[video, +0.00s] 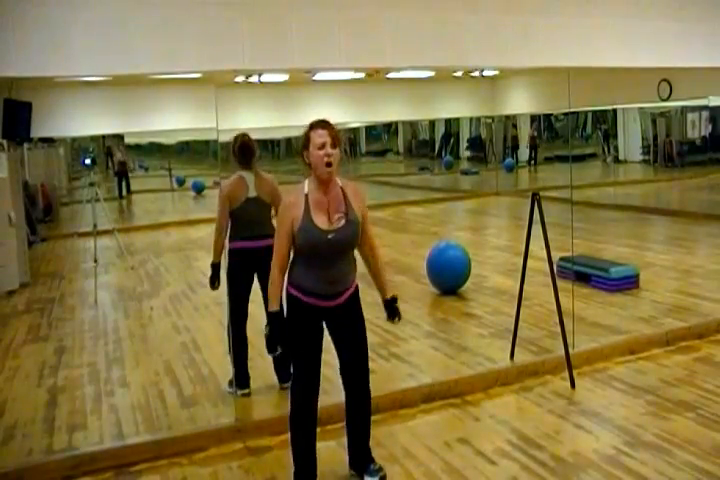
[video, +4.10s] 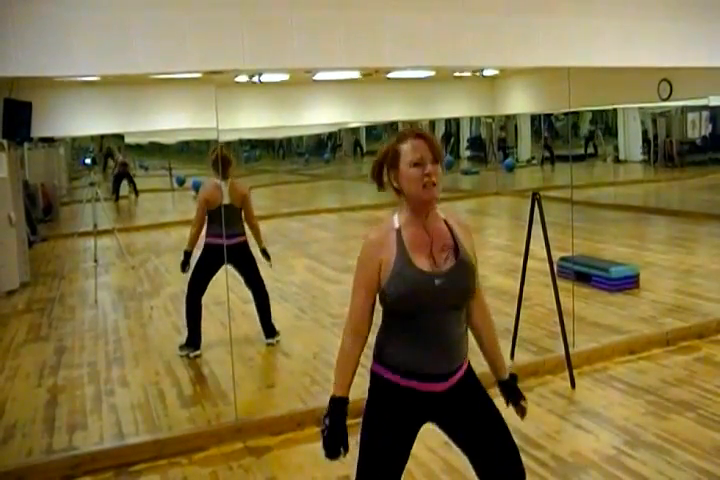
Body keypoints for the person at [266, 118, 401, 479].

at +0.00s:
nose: (328, 153)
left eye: (332, 146)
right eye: (320, 147)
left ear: (339, 151)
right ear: (306, 155)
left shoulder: (353, 193)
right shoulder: (293, 202)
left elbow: (368, 247)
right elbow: (279, 264)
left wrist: (387, 296)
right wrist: (274, 315)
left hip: (346, 301)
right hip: (304, 306)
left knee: (359, 383)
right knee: (305, 392)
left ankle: (361, 460)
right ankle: (305, 473)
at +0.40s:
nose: (335, 140)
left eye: (340, 133)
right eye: (327, 134)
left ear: (347, 138)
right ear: (312, 142)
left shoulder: (357, 179)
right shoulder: (298, 187)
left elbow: (371, 225)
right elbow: (277, 234)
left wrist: (396, 255)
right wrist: (265, 275)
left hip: (354, 292)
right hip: (312, 294)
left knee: (376, 368)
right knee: (304, 384)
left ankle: (368, 449)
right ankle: (300, 472)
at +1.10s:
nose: (351, 179)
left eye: (354, 172)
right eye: (341, 174)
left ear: (361, 179)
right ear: (325, 186)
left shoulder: (374, 225)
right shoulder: (313, 231)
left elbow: (395, 273)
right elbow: (290, 288)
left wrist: (433, 289)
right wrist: (277, 320)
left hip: (369, 335)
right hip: (322, 340)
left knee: (410, 400)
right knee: (300, 423)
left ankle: (411, 472)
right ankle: (286, 477)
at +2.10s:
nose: (368, 179)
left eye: (372, 172)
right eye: (358, 174)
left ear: (379, 180)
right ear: (340, 187)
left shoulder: (394, 228)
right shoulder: (328, 243)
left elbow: (414, 290)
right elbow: (304, 312)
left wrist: (445, 344)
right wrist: (285, 373)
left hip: (393, 353)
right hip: (340, 359)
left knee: (441, 427)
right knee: (312, 452)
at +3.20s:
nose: (403, 194)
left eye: (407, 187)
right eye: (391, 189)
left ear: (415, 196)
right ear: (372, 204)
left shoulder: (431, 249)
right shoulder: (360, 259)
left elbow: (453, 311)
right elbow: (330, 337)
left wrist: (482, 369)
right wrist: (304, 406)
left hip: (421, 377)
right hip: (365, 384)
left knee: (477, 447)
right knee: (337, 475)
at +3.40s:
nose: (407, 172)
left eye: (412, 163)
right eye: (395, 164)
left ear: (419, 170)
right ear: (374, 175)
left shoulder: (434, 218)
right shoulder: (362, 233)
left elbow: (466, 280)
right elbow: (326, 306)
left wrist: (515, 326)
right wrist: (294, 374)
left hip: (433, 367)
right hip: (377, 373)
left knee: (477, 449)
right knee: (347, 471)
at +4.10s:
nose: (429, 171)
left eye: (433, 162)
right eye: (417, 164)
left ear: (440, 170)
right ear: (394, 176)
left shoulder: (459, 230)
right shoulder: (380, 242)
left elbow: (476, 309)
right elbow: (356, 330)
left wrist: (504, 377)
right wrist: (337, 406)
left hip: (458, 386)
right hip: (396, 393)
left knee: (509, 473)